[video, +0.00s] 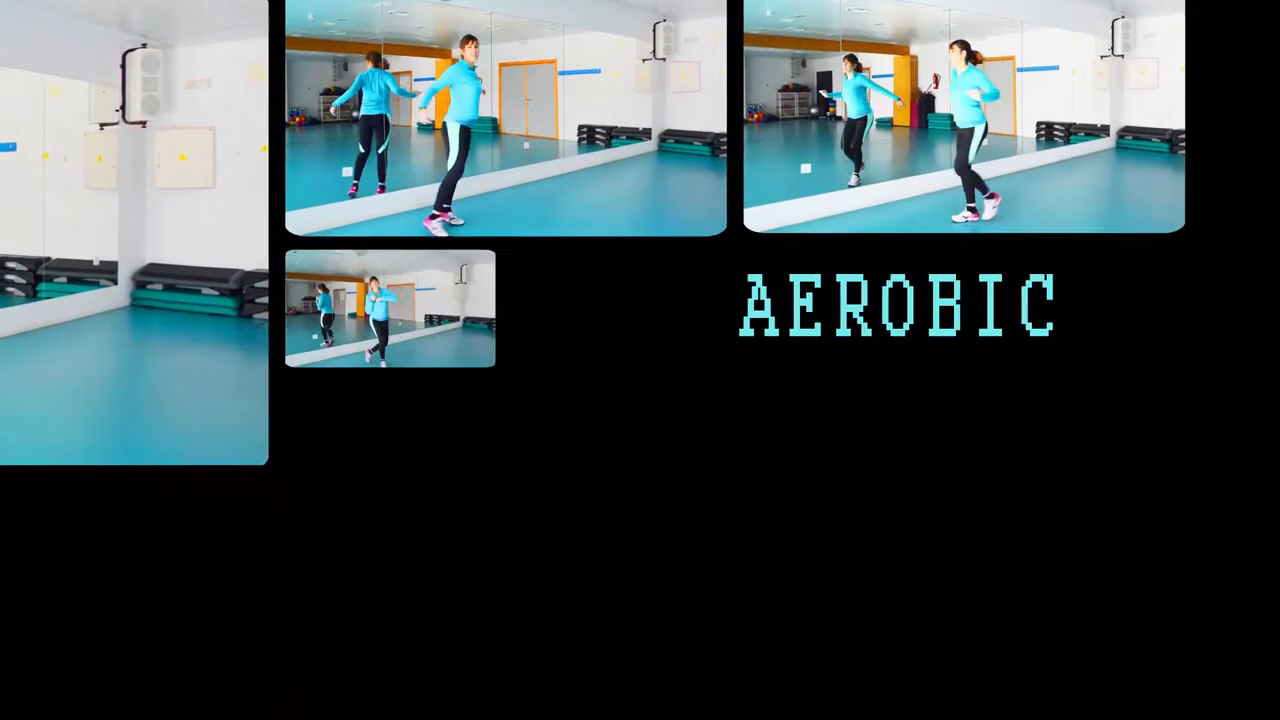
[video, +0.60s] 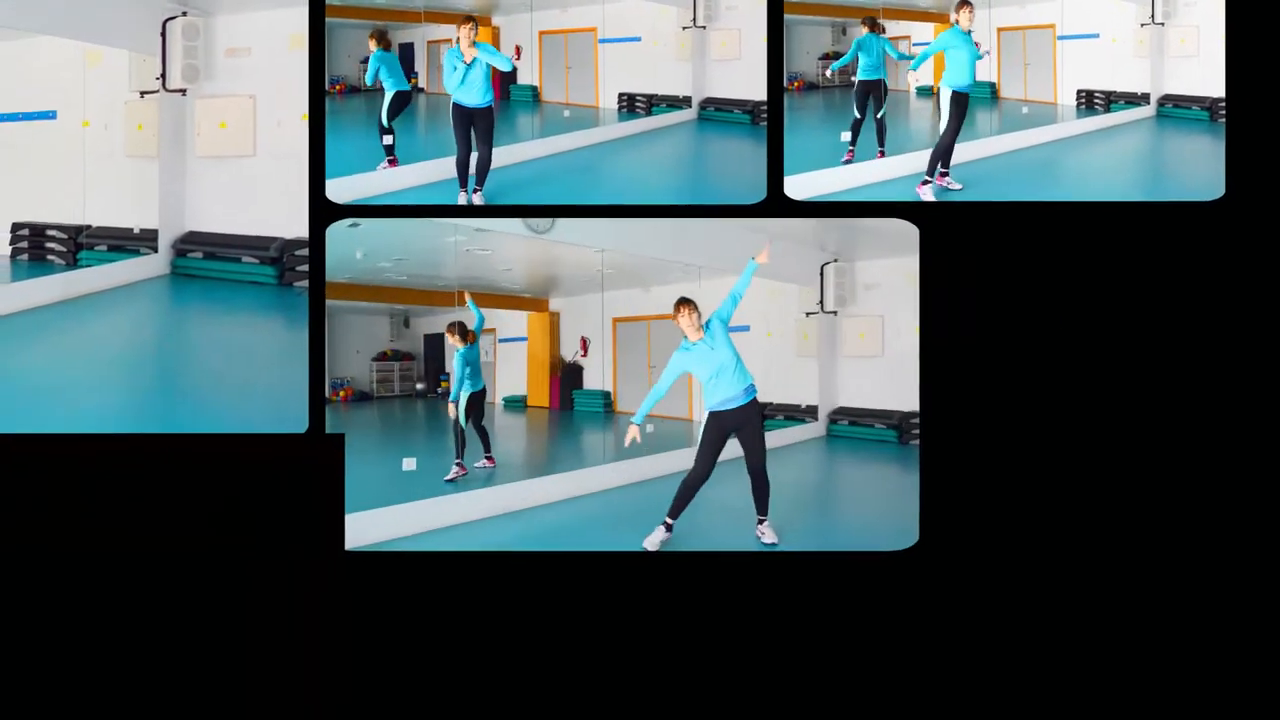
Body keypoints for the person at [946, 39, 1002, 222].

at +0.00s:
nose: (949, 54)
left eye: (952, 51)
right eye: (950, 51)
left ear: (963, 53)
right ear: (959, 53)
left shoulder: (976, 74)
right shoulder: (954, 73)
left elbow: (995, 93)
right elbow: (958, 94)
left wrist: (981, 95)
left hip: (976, 125)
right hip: (962, 125)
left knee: (962, 166)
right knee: (961, 167)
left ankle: (990, 196)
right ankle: (971, 209)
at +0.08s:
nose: (948, 48)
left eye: (951, 44)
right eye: (949, 45)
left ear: (961, 47)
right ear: (962, 48)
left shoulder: (963, 66)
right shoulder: (964, 66)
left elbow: (974, 93)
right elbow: (981, 82)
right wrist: (994, 97)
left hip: (972, 119)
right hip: (972, 118)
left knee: (948, 157)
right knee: (968, 159)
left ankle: (965, 203)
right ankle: (977, 204)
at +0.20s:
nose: (952, 39)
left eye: (953, 37)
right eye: (954, 36)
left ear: (955, 38)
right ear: (969, 38)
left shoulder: (950, 56)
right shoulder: (977, 57)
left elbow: (941, 84)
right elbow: (996, 75)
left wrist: (929, 84)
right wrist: (1011, 94)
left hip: (958, 111)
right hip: (978, 111)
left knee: (946, 152)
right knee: (972, 153)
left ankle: (934, 195)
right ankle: (984, 196)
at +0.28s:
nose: (974, 37)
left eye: (974, 34)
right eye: (973, 34)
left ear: (956, 34)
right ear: (968, 34)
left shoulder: (944, 51)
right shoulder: (977, 52)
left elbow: (929, 75)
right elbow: (993, 74)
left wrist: (939, 76)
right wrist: (1008, 95)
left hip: (949, 106)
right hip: (971, 107)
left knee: (944, 148)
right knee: (973, 149)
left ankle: (935, 192)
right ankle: (982, 193)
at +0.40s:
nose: (976, 27)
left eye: (975, 24)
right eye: (973, 24)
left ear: (961, 27)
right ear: (963, 25)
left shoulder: (949, 43)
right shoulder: (968, 42)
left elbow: (932, 64)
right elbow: (961, 68)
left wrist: (947, 78)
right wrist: (976, 91)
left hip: (945, 94)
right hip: (961, 94)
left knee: (948, 141)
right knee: (965, 141)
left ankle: (939, 187)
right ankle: (960, 191)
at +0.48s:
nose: (974, 22)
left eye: (975, 18)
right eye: (970, 19)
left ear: (973, 21)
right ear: (962, 21)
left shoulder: (967, 39)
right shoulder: (960, 38)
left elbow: (946, 59)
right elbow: (941, 57)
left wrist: (946, 83)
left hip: (959, 92)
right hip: (954, 92)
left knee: (954, 137)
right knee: (957, 138)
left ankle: (940, 181)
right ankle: (942, 185)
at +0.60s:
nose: (971, 15)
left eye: (972, 12)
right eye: (967, 12)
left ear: (972, 16)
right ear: (956, 16)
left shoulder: (969, 38)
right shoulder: (949, 35)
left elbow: (969, 58)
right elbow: (928, 51)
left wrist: (981, 54)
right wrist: (913, 67)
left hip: (963, 91)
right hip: (950, 90)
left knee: (953, 133)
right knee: (948, 134)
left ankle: (943, 175)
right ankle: (926, 182)